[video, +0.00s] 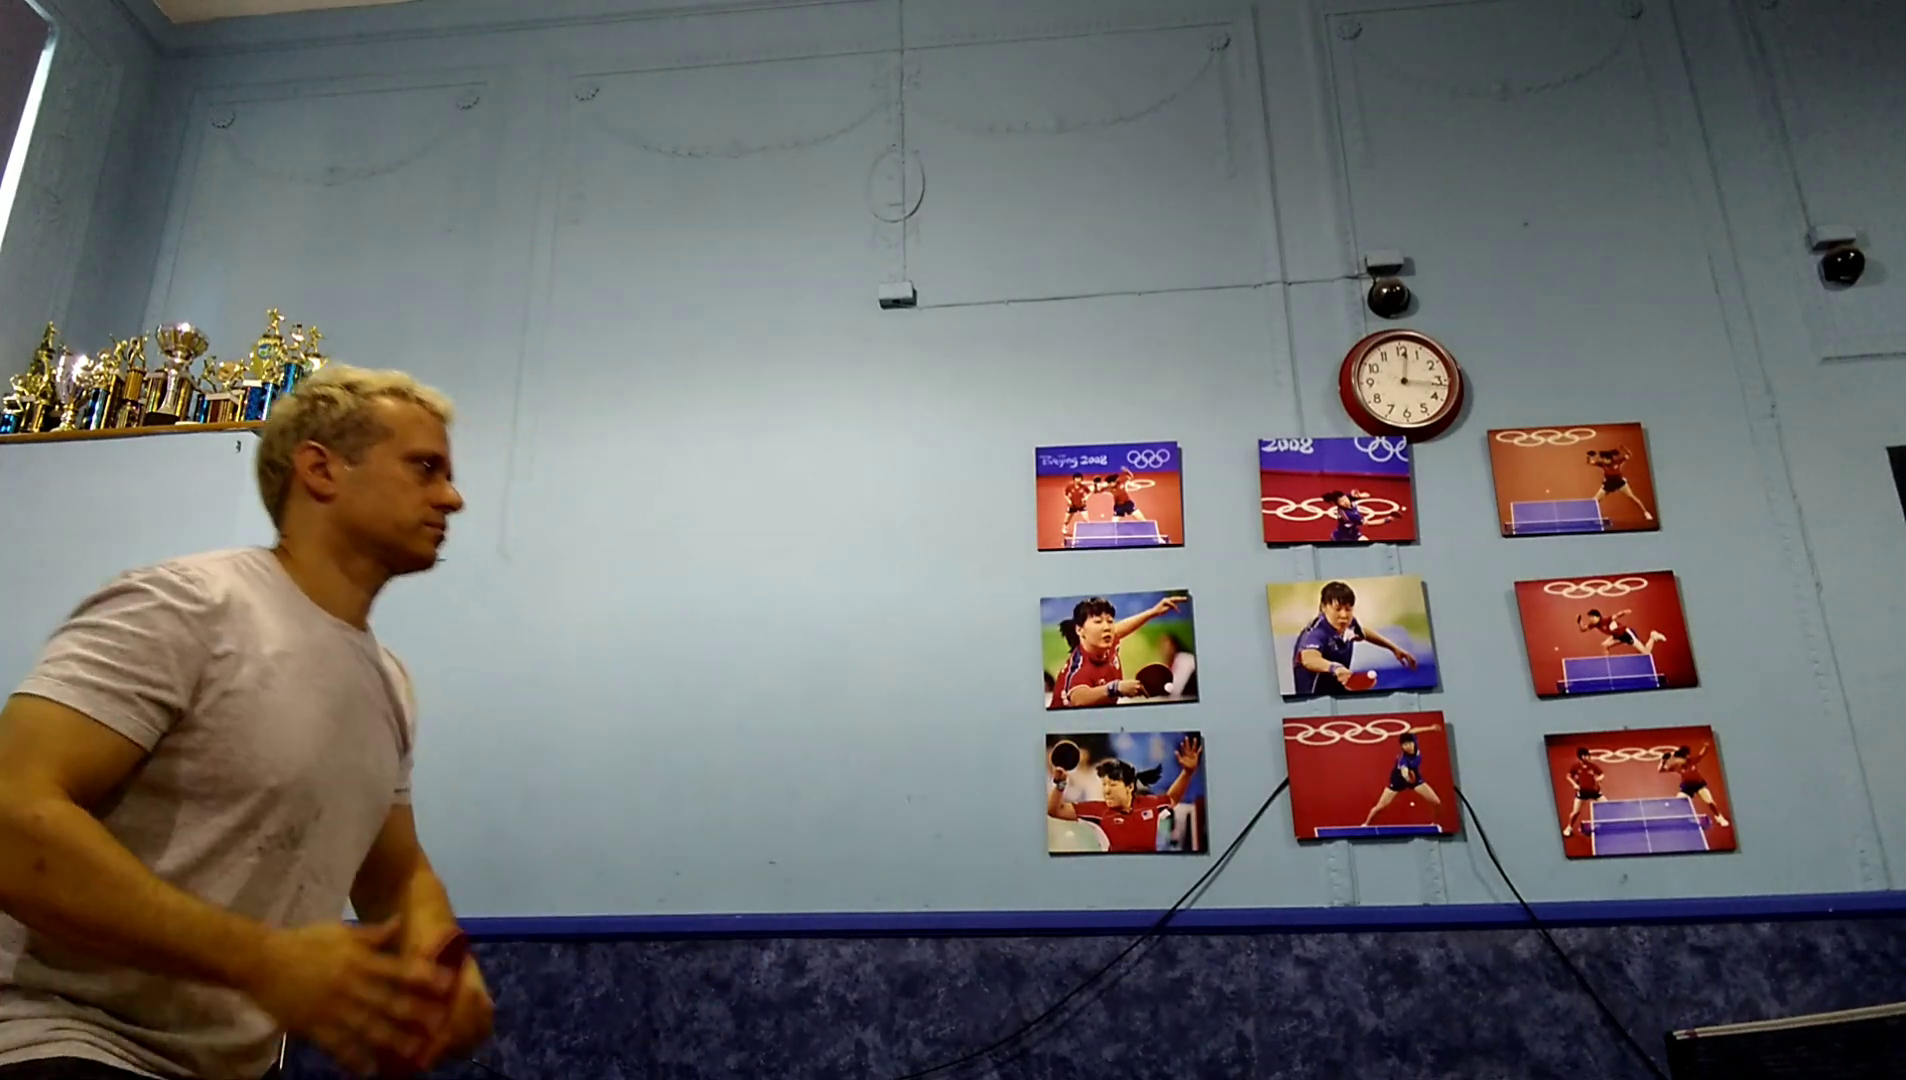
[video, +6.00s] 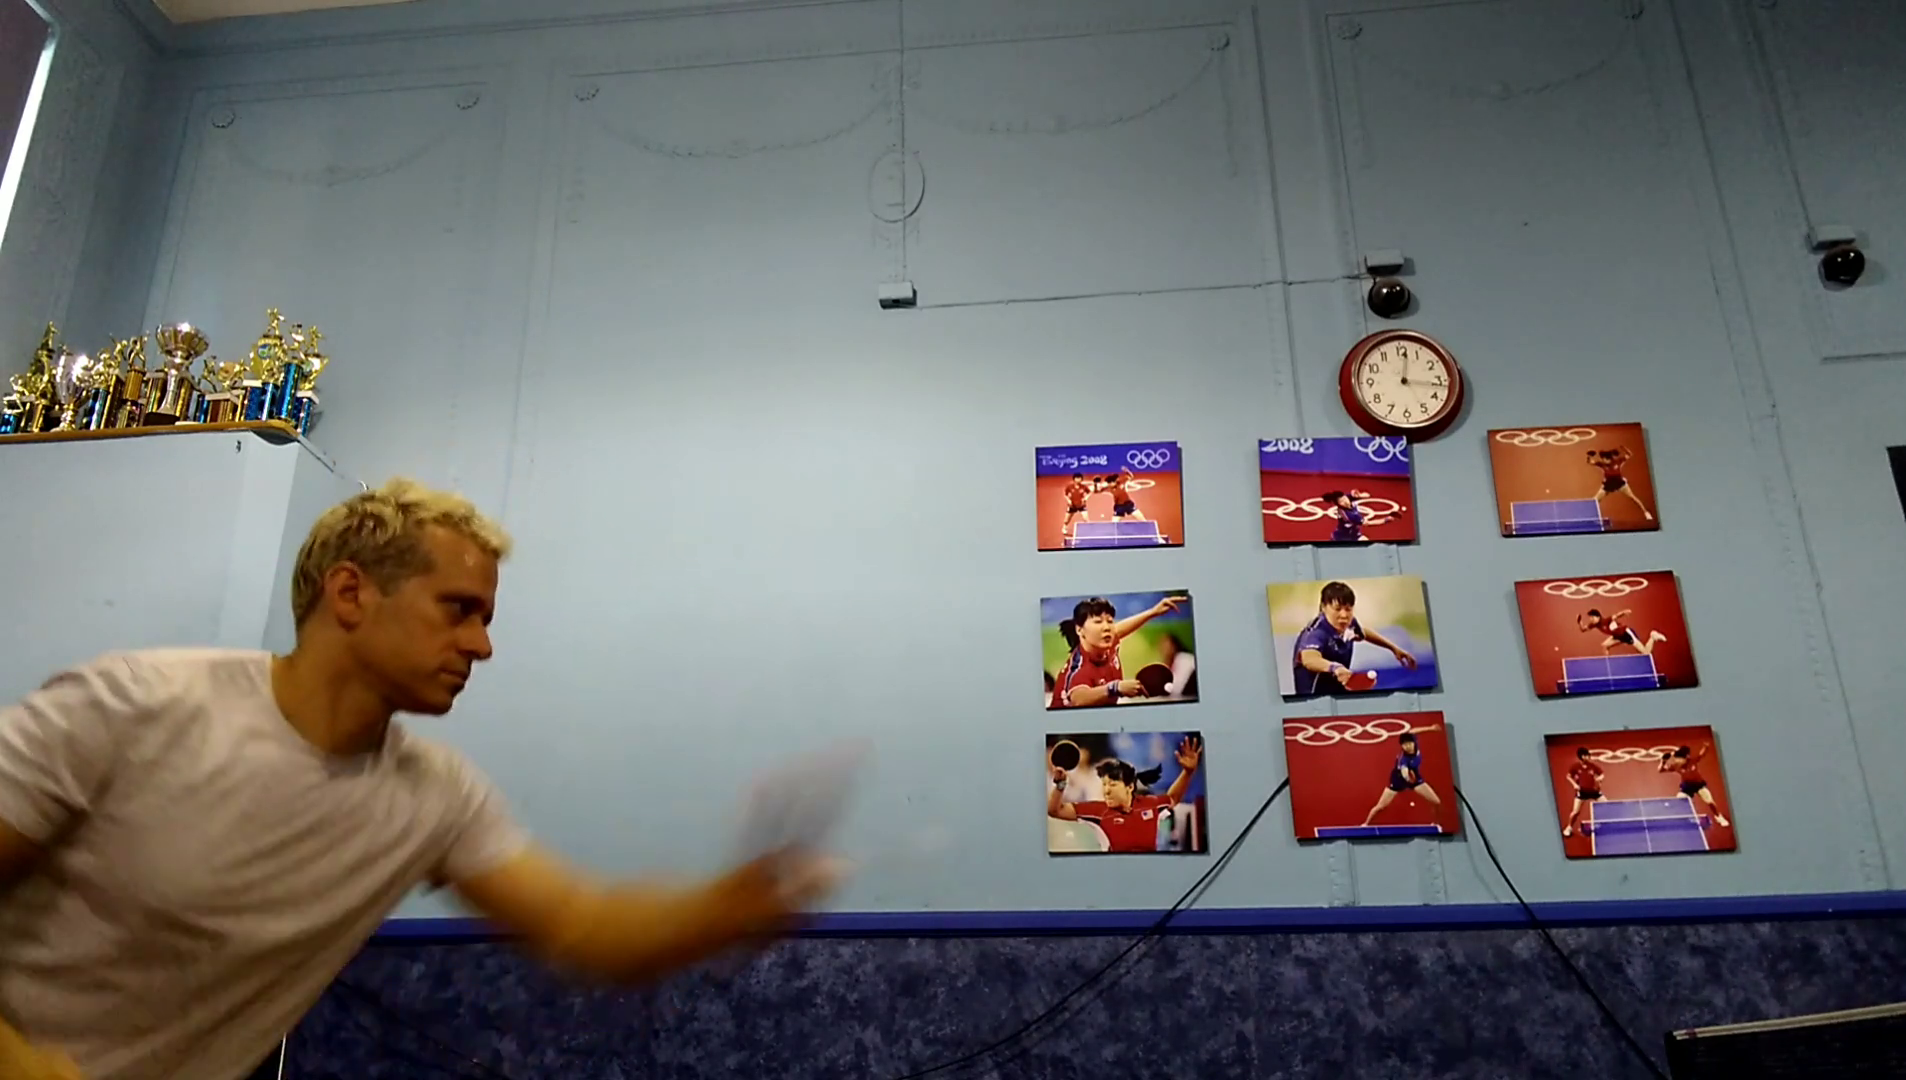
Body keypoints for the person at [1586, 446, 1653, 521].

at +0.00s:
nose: (1605, 461)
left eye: (1606, 460)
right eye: (1603, 460)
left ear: (1610, 459)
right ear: (1603, 459)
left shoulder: (1617, 461)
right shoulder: (1602, 464)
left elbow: (1629, 457)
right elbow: (1590, 463)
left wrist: (1624, 449)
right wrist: (1590, 457)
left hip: (1620, 482)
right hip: (1608, 483)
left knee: (1632, 497)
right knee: (1595, 500)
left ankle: (1645, 512)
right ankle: (1592, 519)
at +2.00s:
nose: (1605, 461)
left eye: (1606, 460)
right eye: (1604, 460)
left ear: (1610, 459)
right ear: (1603, 459)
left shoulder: (1617, 461)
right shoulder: (1602, 464)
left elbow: (1629, 456)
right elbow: (1590, 463)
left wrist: (1624, 449)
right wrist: (1589, 457)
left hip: (1620, 482)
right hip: (1608, 483)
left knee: (1632, 497)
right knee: (1595, 499)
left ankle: (1645, 512)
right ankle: (1591, 519)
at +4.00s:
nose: (1605, 461)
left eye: (1606, 459)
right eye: (1603, 459)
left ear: (1610, 458)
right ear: (1602, 459)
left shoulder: (1618, 462)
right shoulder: (1602, 464)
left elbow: (1629, 456)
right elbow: (1590, 463)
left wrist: (1624, 449)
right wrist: (1589, 457)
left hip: (1620, 482)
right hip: (1608, 483)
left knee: (1632, 497)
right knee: (1595, 499)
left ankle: (1645, 512)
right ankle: (1590, 519)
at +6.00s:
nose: (1605, 461)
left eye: (1606, 459)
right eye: (1603, 460)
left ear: (1610, 458)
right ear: (1603, 459)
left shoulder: (1618, 462)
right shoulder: (1602, 464)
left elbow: (1629, 456)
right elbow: (1590, 463)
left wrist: (1624, 448)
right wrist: (1589, 457)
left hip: (1620, 482)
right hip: (1608, 483)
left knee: (1632, 497)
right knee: (1596, 499)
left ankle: (1645, 512)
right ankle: (1590, 518)